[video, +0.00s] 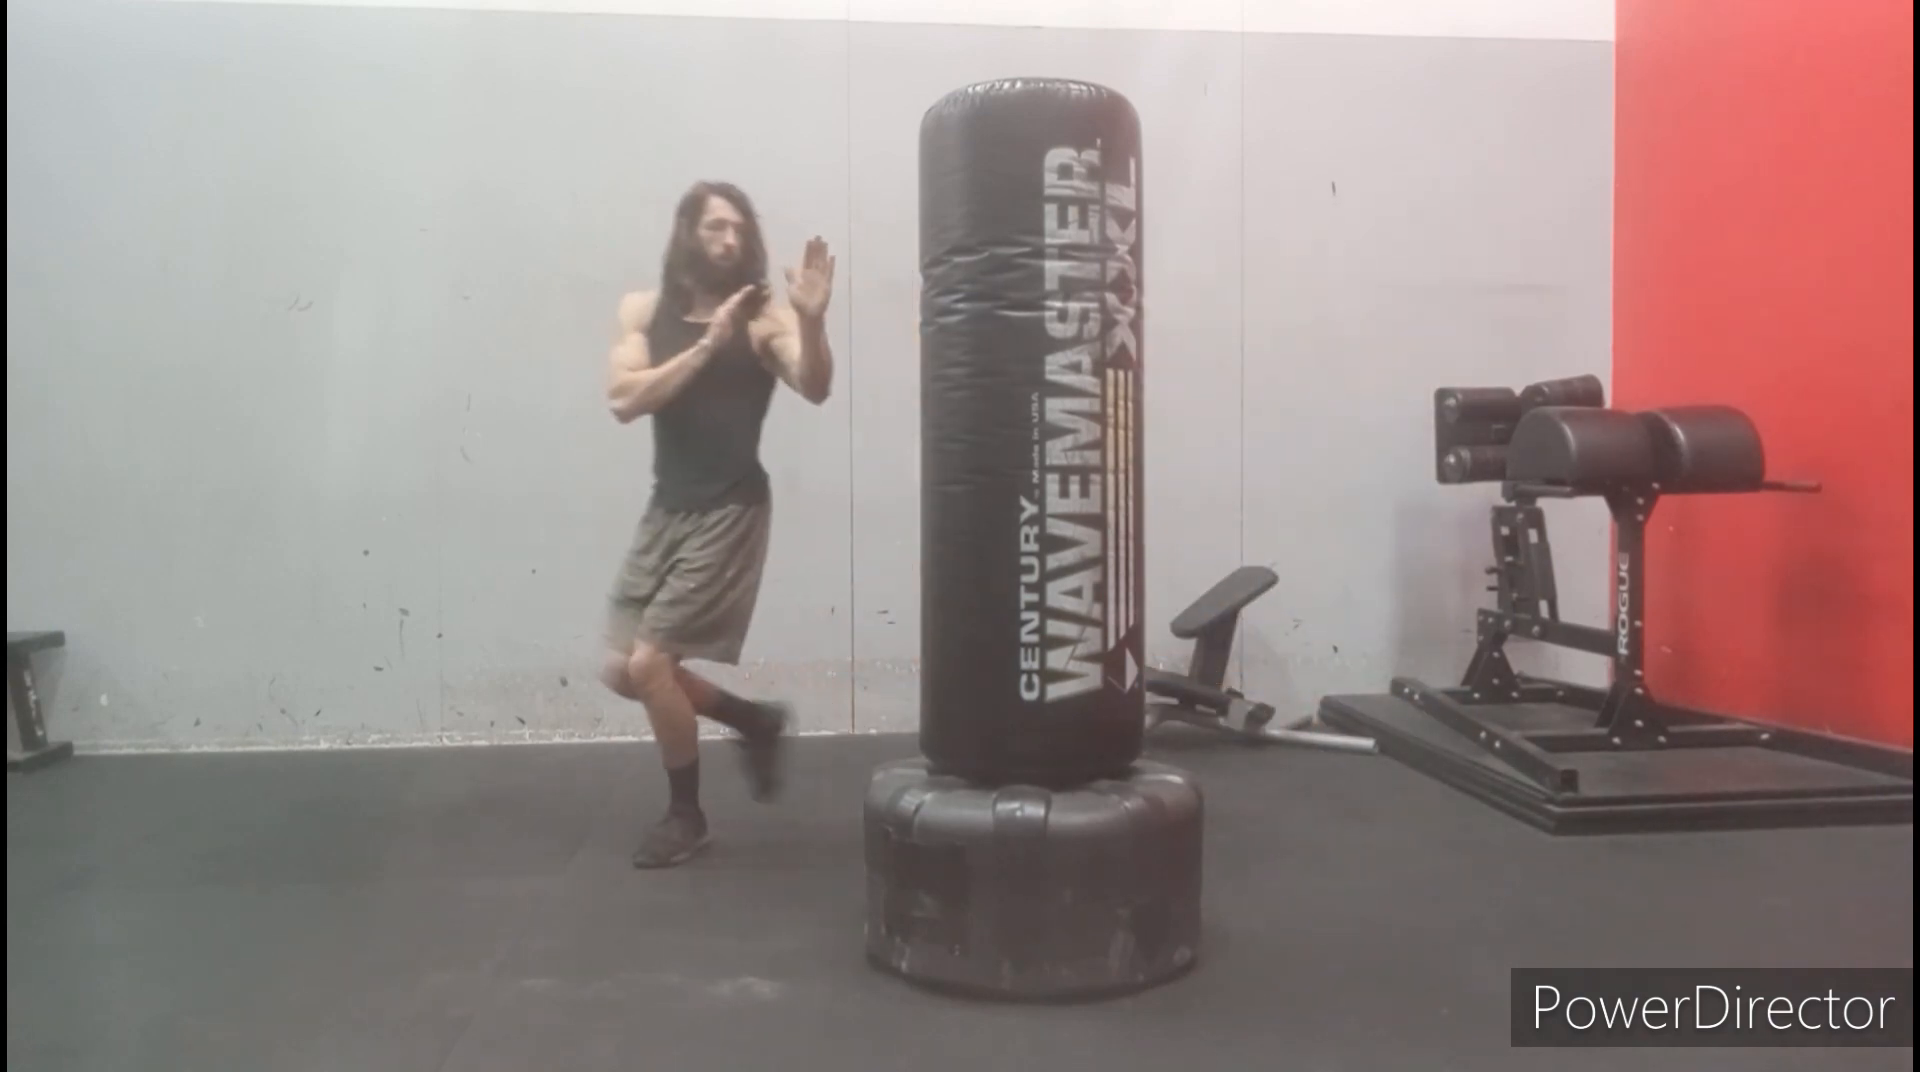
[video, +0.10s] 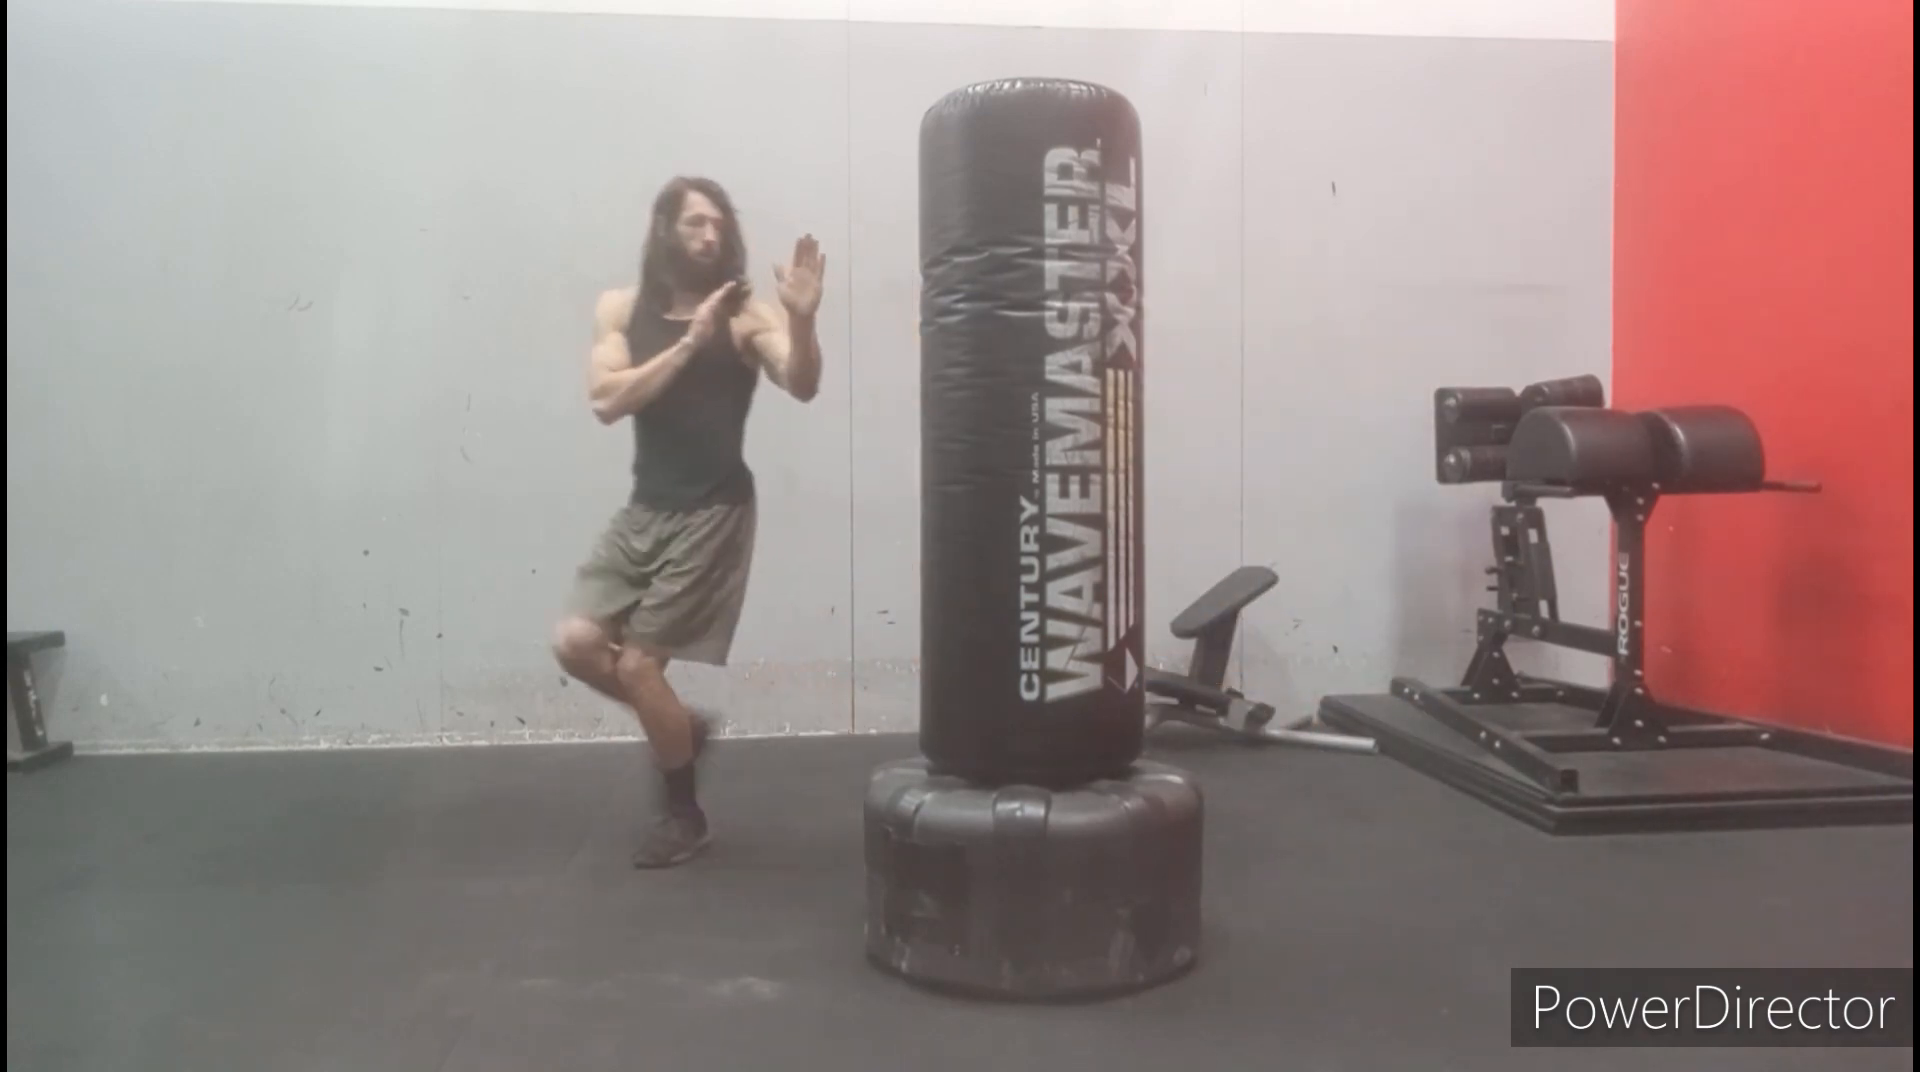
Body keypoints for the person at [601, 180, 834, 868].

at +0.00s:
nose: (727, 238)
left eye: (738, 229)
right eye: (713, 227)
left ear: (750, 242)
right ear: (686, 238)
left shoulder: (766, 315)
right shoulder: (646, 308)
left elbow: (815, 387)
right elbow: (625, 401)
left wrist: (814, 320)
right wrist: (709, 343)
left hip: (730, 510)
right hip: (667, 506)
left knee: (651, 664)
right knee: (625, 670)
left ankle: (685, 818)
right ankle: (754, 723)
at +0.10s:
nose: (708, 234)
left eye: (717, 224)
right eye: (693, 223)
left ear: (731, 237)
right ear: (664, 233)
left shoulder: (748, 312)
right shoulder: (624, 307)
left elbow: (802, 385)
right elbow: (606, 402)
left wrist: (802, 322)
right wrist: (690, 343)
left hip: (713, 513)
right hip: (647, 506)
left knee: (638, 665)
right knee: (577, 643)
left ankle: (683, 817)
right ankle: (681, 728)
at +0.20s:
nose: (689, 230)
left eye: (698, 219)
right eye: (674, 219)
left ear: (711, 231)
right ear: (643, 230)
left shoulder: (726, 311)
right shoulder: (601, 305)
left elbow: (790, 382)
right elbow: (590, 401)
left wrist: (794, 319)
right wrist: (675, 339)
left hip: (695, 512)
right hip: (626, 505)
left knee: (628, 672)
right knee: (550, 626)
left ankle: (684, 816)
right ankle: (597, 766)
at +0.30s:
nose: (670, 226)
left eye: (678, 216)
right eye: (654, 215)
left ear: (691, 228)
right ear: (621, 226)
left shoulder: (707, 307)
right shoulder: (579, 302)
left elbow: (777, 380)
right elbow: (571, 402)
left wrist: (784, 318)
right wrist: (657, 338)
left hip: (678, 514)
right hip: (605, 505)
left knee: (616, 680)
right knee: (536, 630)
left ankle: (684, 818)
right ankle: (534, 809)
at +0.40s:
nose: (650, 222)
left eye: (658, 212)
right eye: (634, 211)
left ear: (670, 224)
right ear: (599, 221)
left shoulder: (686, 305)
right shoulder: (553, 300)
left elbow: (761, 378)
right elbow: (551, 400)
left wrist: (773, 317)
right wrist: (641, 334)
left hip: (658, 514)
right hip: (582, 507)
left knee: (607, 688)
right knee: (530, 645)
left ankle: (682, 815)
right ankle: (505, 838)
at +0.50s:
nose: (631, 219)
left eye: (638, 208)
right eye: (614, 207)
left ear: (647, 220)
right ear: (576, 218)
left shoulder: (662, 306)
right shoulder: (525, 295)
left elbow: (741, 376)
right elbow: (528, 396)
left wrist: (761, 315)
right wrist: (621, 331)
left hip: (637, 516)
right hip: (555, 510)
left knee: (598, 696)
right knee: (521, 668)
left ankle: (680, 810)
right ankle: (509, 855)